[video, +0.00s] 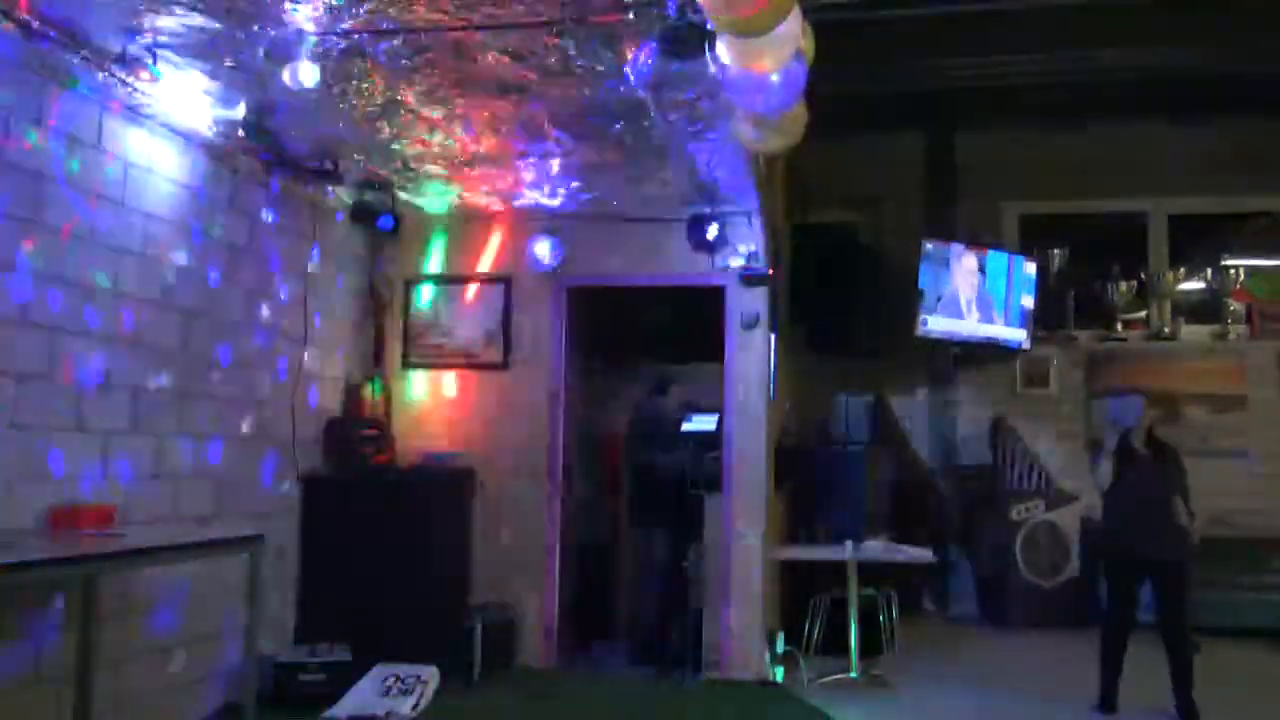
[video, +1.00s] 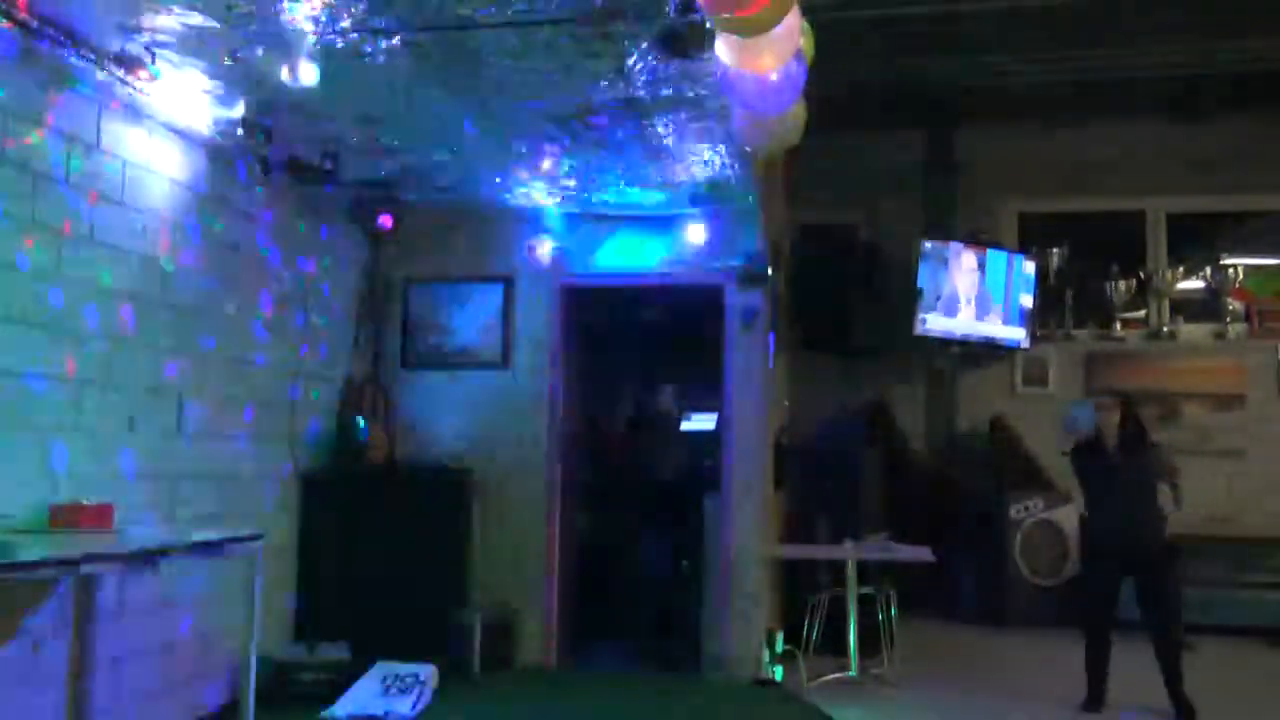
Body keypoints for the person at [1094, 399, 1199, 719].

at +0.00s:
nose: (1142, 419)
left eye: (1145, 412)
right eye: (1136, 414)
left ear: (1153, 416)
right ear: (1126, 419)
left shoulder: (1167, 454)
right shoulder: (1112, 451)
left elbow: (1181, 498)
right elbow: (1104, 483)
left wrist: (1188, 524)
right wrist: (1115, 443)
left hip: (1166, 550)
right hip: (1123, 549)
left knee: (1175, 628)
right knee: (1117, 624)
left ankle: (1185, 702)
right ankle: (1107, 699)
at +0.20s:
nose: (1143, 416)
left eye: (1149, 408)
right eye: (1141, 408)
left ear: (1160, 415)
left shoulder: (1179, 454)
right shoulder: (1122, 448)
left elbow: (1199, 497)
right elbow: (1108, 484)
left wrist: (1204, 532)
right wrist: (1116, 444)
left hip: (1178, 548)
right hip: (1134, 548)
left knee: (1182, 629)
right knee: (1124, 622)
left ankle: (1185, 702)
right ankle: (1110, 692)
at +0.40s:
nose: (1143, 420)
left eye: (1150, 414)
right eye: (1141, 414)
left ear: (1160, 419)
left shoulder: (1182, 454)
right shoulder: (1128, 451)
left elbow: (1207, 490)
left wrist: (1216, 521)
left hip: (1183, 549)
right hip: (1139, 548)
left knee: (1185, 627)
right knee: (1124, 620)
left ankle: (1184, 699)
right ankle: (1109, 689)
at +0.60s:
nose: (1138, 423)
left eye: (1144, 417)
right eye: (1134, 417)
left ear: (1156, 422)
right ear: (1126, 421)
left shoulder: (1177, 455)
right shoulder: (1120, 456)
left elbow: (1205, 486)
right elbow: (1121, 499)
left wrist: (1215, 519)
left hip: (1182, 549)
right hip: (1138, 551)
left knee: (1182, 628)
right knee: (1116, 622)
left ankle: (1183, 701)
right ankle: (1099, 695)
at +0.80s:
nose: (1118, 422)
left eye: (1125, 414)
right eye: (1114, 415)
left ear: (1139, 419)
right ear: (1108, 422)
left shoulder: (1160, 450)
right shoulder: (1102, 455)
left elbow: (1189, 485)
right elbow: (1109, 497)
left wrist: (1195, 523)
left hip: (1165, 548)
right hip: (1124, 550)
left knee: (1174, 626)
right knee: (1107, 622)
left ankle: (1181, 698)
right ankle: (1096, 695)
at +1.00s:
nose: (1105, 417)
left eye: (1111, 410)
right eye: (1099, 411)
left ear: (1123, 414)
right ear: (1091, 416)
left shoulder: (1142, 448)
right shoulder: (1084, 452)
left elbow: (1168, 477)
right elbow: (1093, 493)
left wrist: (1174, 493)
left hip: (1146, 545)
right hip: (1102, 546)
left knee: (1163, 624)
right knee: (1097, 623)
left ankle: (1177, 696)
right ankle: (1095, 695)